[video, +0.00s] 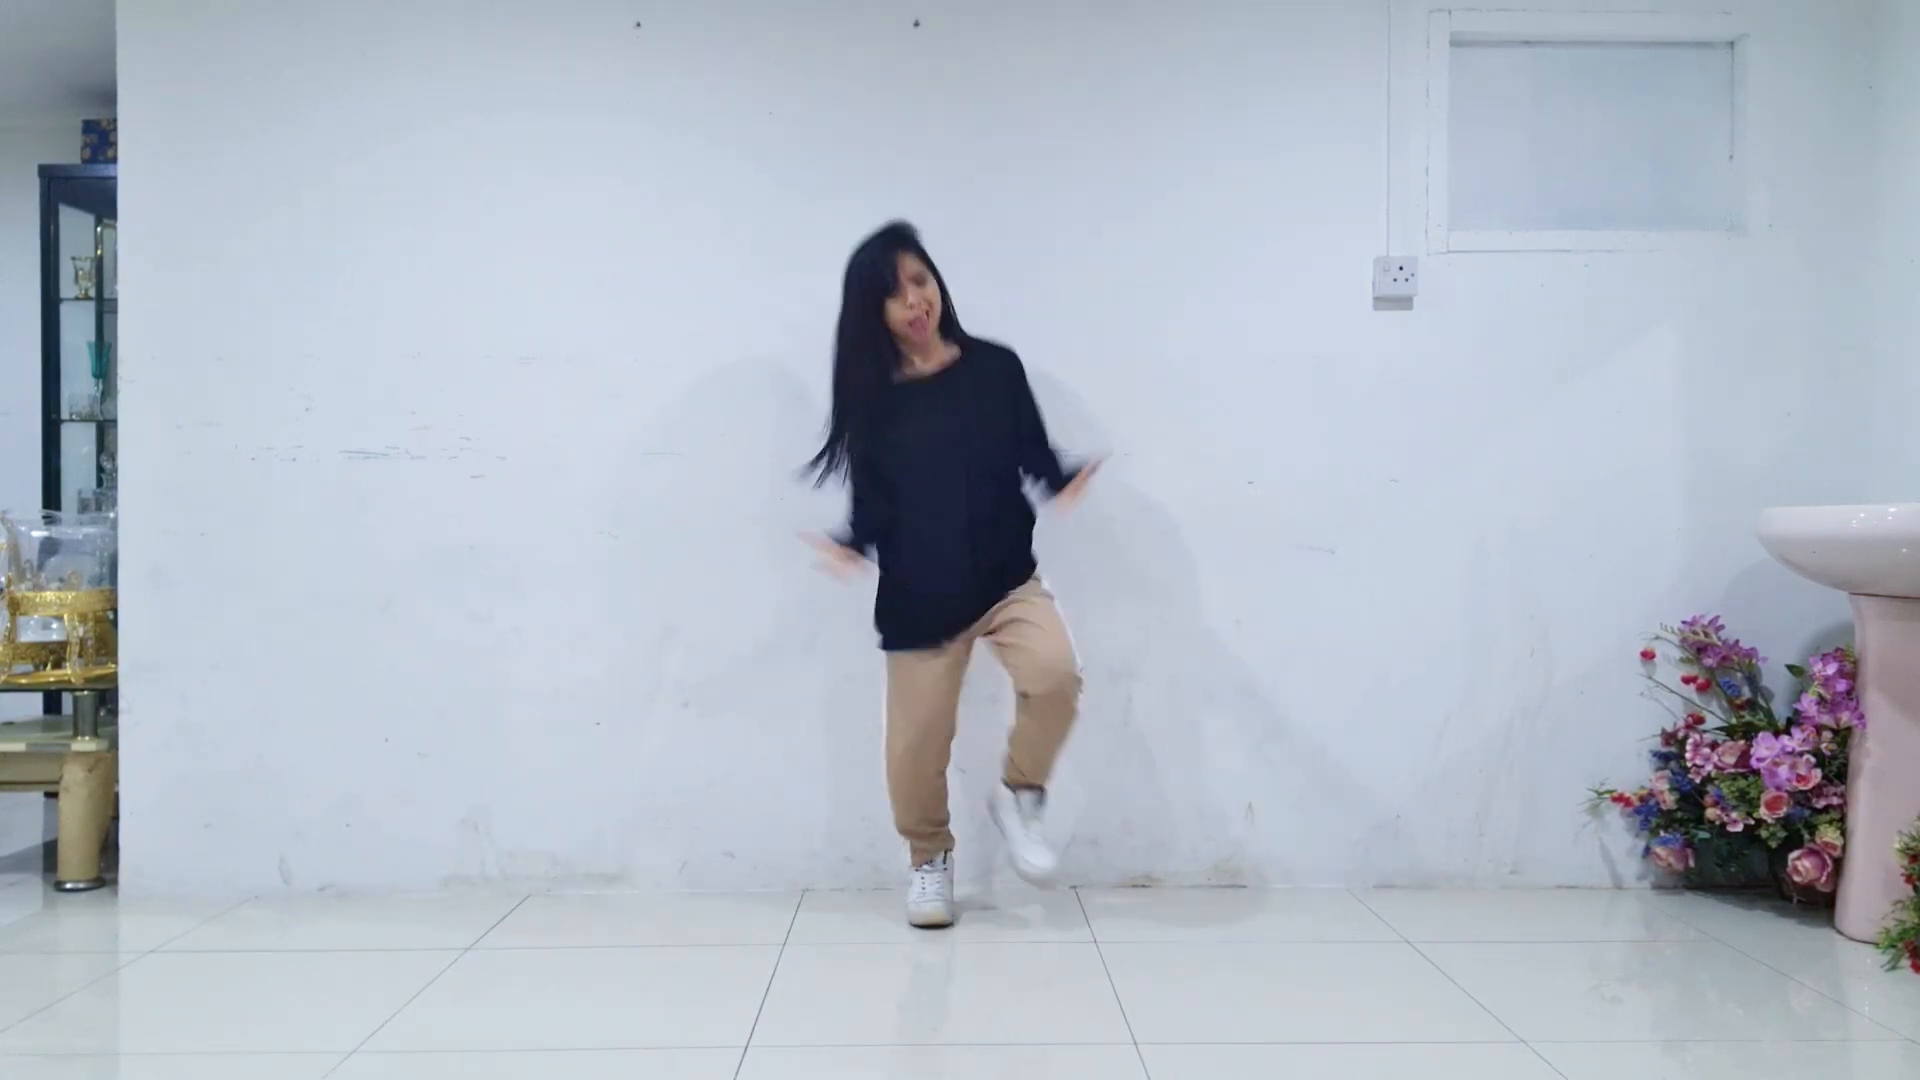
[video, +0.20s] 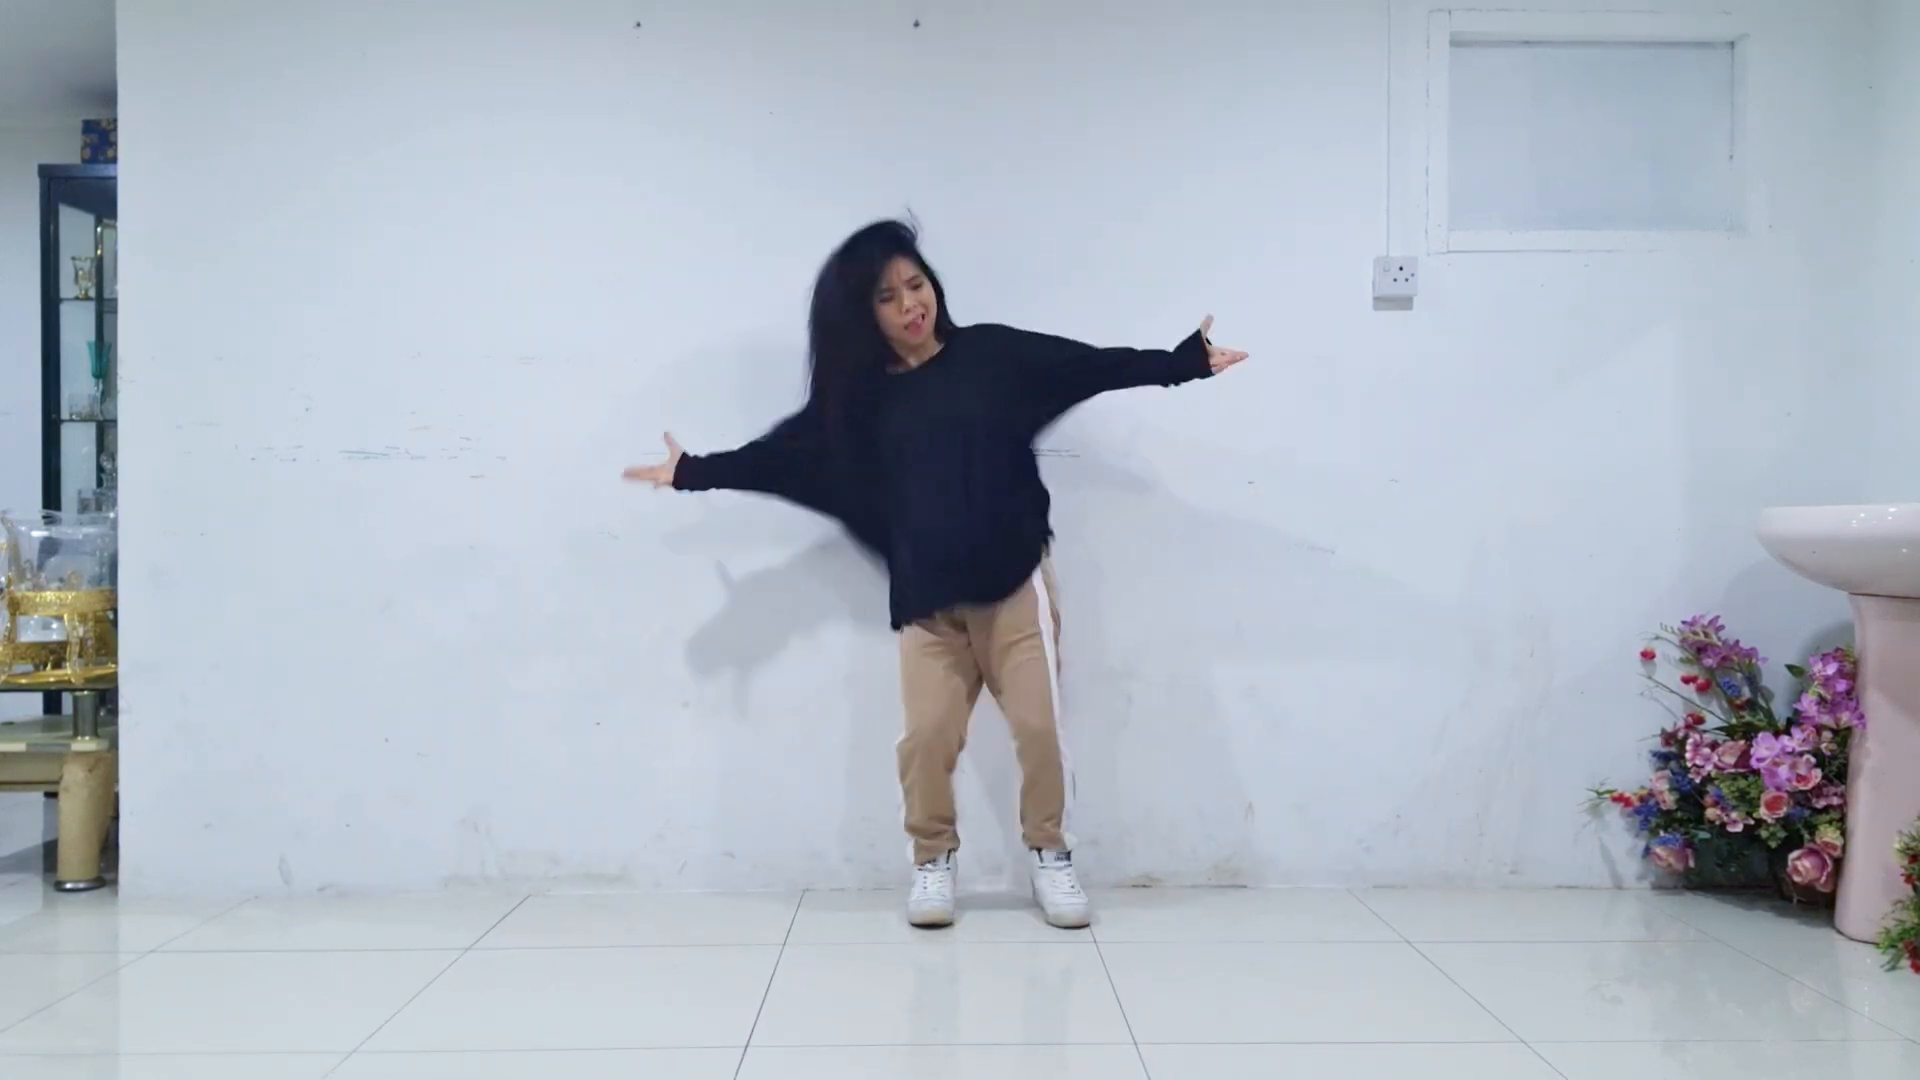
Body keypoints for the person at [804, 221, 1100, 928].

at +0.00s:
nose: (914, 301)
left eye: (920, 283)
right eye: (895, 294)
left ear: (938, 285)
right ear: (873, 313)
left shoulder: (995, 366)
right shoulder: (872, 398)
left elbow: (1029, 446)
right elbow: (873, 494)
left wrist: (1057, 478)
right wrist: (855, 538)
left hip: (1007, 582)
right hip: (922, 597)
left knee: (1055, 678)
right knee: (915, 748)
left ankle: (1022, 795)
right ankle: (928, 861)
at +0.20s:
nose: (912, 303)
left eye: (917, 285)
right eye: (892, 296)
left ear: (935, 288)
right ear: (866, 315)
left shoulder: (993, 354)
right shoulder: (854, 400)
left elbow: (1091, 365)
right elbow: (779, 455)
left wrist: (1181, 363)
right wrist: (692, 470)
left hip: (1016, 580)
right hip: (924, 593)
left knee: (1037, 723)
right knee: (929, 734)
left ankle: (1050, 854)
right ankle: (933, 862)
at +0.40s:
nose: (905, 285)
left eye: (910, 268)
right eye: (885, 279)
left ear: (929, 276)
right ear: (862, 301)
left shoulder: (990, 350)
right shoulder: (852, 396)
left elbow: (1077, 352)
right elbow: (792, 449)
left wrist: (1146, 287)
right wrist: (707, 405)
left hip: (1015, 567)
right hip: (922, 592)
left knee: (1073, 671)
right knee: (915, 736)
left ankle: (1061, 805)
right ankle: (931, 861)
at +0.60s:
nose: (902, 286)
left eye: (908, 268)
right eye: (882, 281)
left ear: (928, 272)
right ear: (861, 303)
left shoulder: (987, 334)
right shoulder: (850, 381)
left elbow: (1073, 278)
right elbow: (775, 413)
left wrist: (1099, 204)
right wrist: (713, 358)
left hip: (1002, 566)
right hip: (920, 580)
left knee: (1023, 720)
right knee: (922, 729)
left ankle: (1054, 862)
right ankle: (935, 865)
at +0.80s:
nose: (903, 289)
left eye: (912, 273)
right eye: (885, 282)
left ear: (935, 285)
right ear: (868, 307)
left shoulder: (994, 366)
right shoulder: (870, 400)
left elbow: (1074, 381)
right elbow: (849, 489)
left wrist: (1035, 341)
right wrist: (779, 440)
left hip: (997, 564)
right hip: (913, 584)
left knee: (990, 660)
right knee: (907, 743)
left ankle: (1013, 781)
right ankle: (933, 858)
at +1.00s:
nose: (919, 256)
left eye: (930, 244)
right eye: (897, 245)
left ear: (948, 251)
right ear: (884, 270)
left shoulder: (987, 318)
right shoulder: (891, 336)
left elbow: (959, 268)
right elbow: (876, 278)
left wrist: (926, 205)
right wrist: (891, 210)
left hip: (994, 536)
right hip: (922, 533)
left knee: (981, 705)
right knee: (934, 706)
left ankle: (989, 864)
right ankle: (950, 856)